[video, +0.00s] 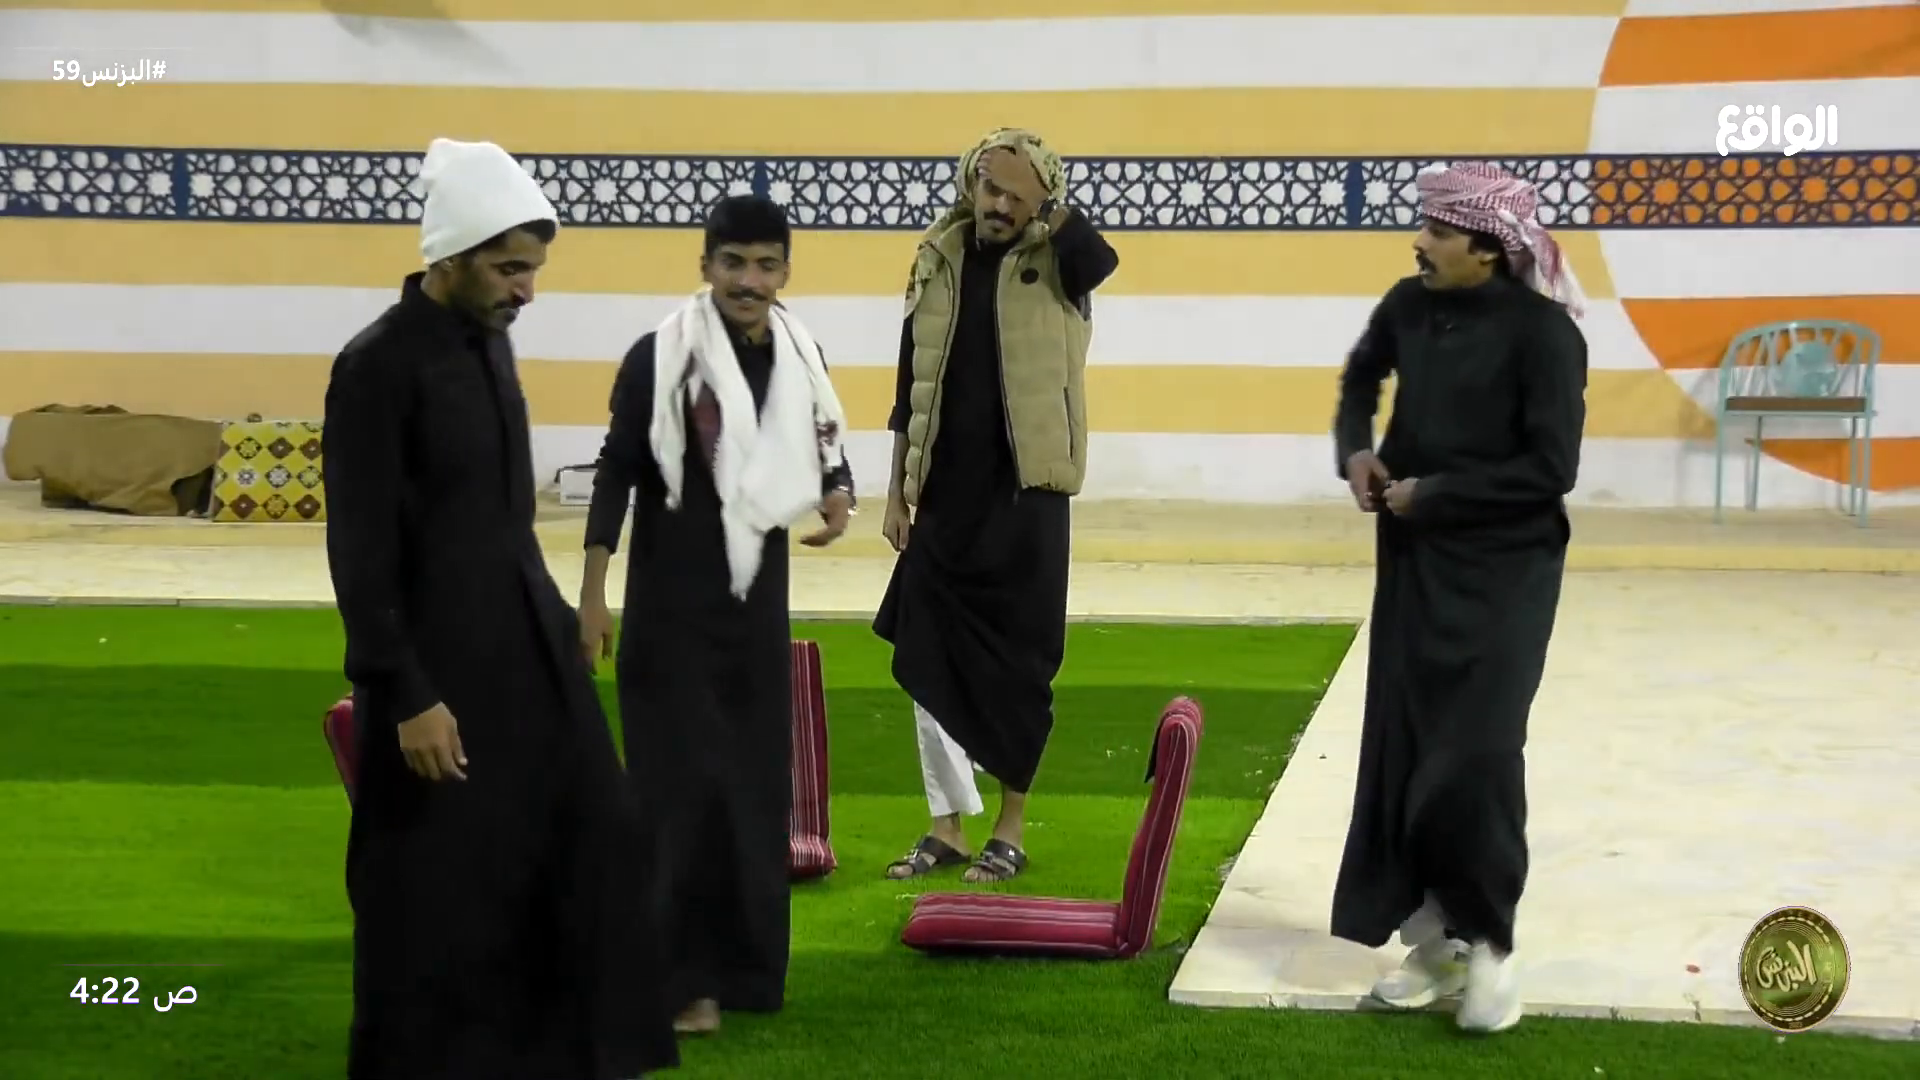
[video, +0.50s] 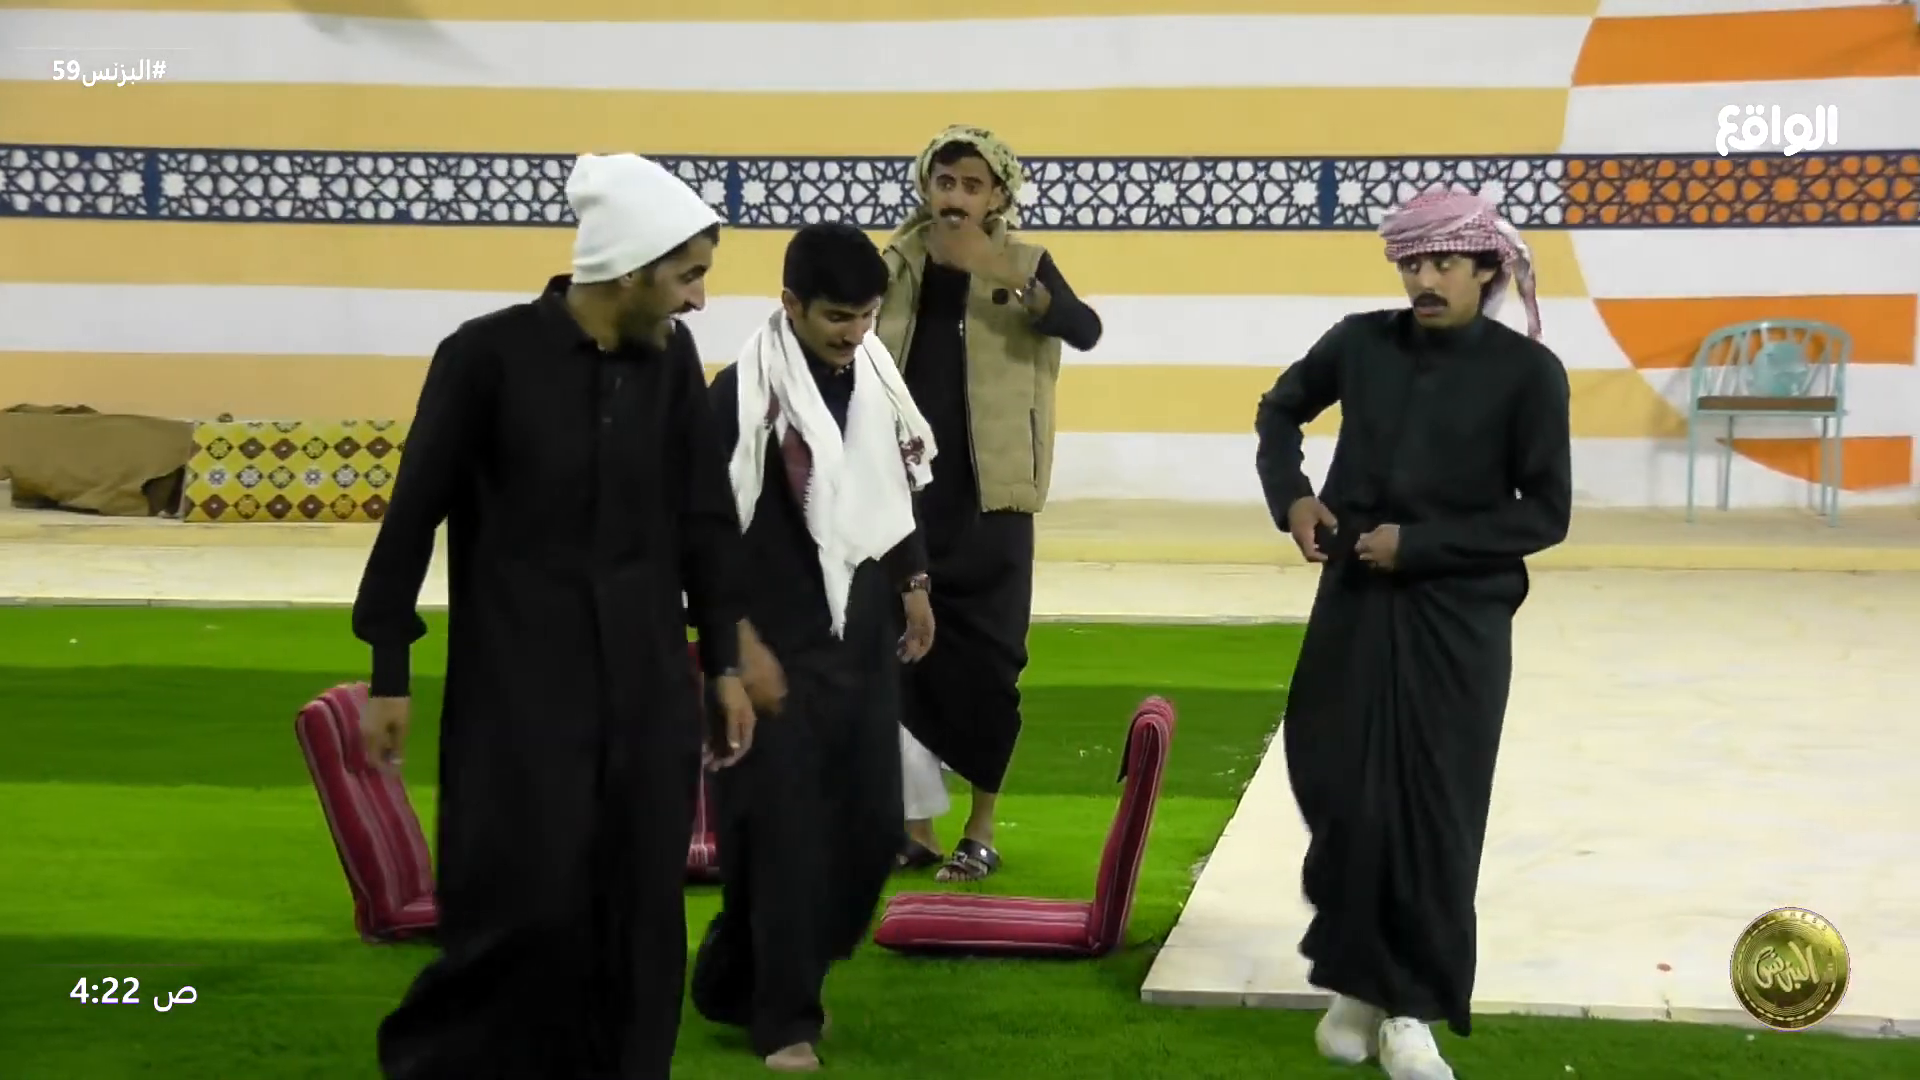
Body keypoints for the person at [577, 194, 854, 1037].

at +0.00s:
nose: (750, 279)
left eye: (767, 265)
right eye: (733, 263)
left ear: (786, 272)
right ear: (705, 266)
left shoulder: (796, 353)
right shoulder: (658, 354)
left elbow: (824, 443)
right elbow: (615, 473)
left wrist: (835, 492)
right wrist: (593, 588)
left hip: (757, 600)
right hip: (671, 602)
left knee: (753, 779)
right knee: (680, 781)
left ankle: (742, 972)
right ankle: (685, 983)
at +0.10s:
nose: (792, 297)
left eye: (803, 284)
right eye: (776, 282)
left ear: (813, 281)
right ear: (734, 274)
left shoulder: (812, 360)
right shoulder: (681, 364)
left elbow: (843, 452)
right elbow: (627, 474)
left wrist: (862, 506)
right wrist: (597, 585)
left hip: (775, 616)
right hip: (694, 617)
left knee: (762, 796)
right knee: (723, 795)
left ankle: (705, 972)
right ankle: (751, 995)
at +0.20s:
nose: (809, 309)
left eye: (820, 294)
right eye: (792, 293)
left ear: (832, 291)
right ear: (749, 284)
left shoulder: (827, 372)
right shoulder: (694, 375)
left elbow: (860, 465)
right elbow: (638, 486)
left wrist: (882, 518)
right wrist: (599, 580)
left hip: (792, 621)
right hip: (713, 621)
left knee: (763, 799)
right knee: (748, 797)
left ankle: (701, 963)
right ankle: (787, 1001)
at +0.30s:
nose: (830, 322)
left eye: (841, 307)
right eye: (813, 308)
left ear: (852, 300)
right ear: (768, 297)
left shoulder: (850, 380)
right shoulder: (717, 390)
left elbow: (882, 480)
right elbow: (656, 520)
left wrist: (909, 538)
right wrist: (653, 652)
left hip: (817, 628)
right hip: (740, 632)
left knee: (782, 803)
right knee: (778, 805)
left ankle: (714, 949)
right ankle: (802, 1014)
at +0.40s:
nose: (838, 327)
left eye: (848, 311)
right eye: (820, 314)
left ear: (860, 301)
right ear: (775, 302)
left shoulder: (860, 374)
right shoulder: (726, 394)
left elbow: (886, 478)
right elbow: (678, 536)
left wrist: (913, 555)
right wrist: (686, 667)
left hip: (831, 636)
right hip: (752, 641)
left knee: (816, 813)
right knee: (786, 813)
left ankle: (719, 944)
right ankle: (795, 1020)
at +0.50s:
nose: (856, 332)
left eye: (867, 315)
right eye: (838, 318)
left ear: (879, 304)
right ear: (792, 303)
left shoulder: (875, 373)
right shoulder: (742, 393)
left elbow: (892, 490)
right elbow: (704, 532)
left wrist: (914, 582)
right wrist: (740, 641)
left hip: (863, 645)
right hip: (777, 650)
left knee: (868, 830)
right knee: (783, 832)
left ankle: (735, 972)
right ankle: (784, 1022)